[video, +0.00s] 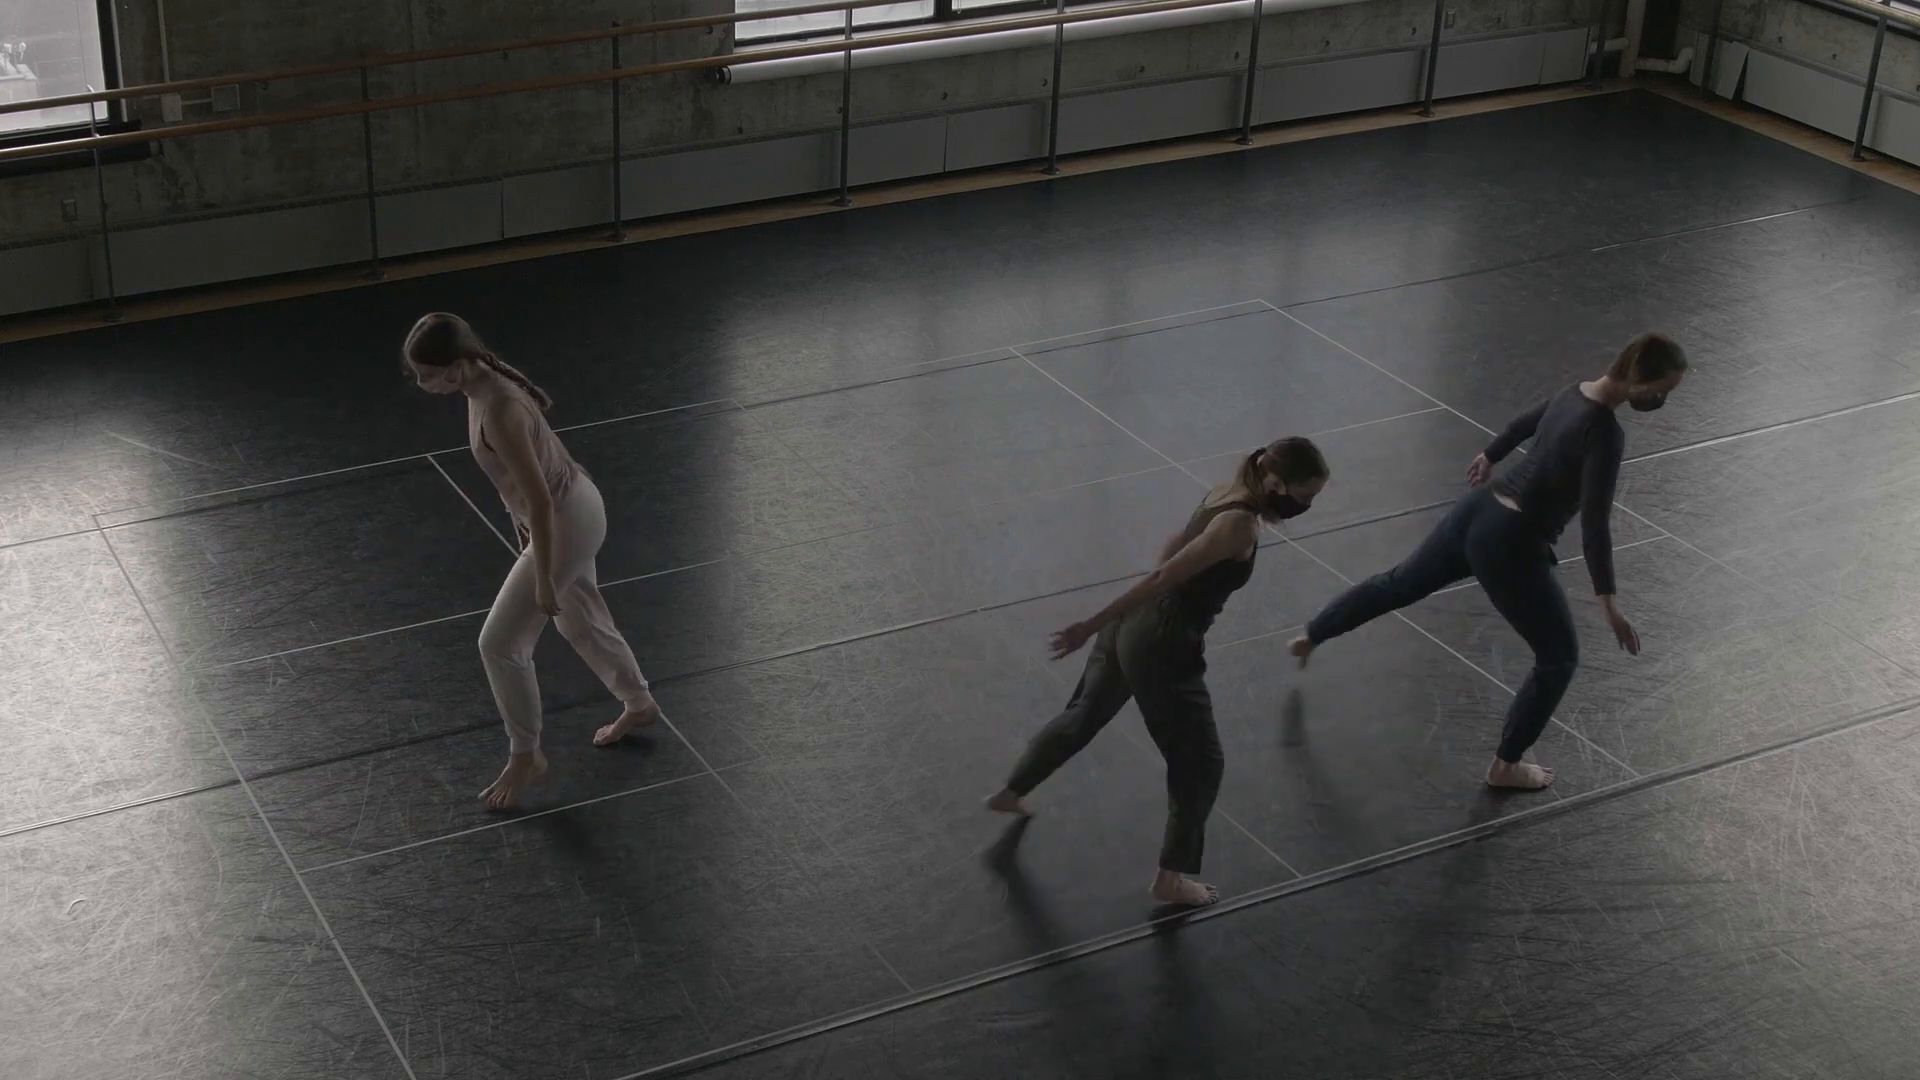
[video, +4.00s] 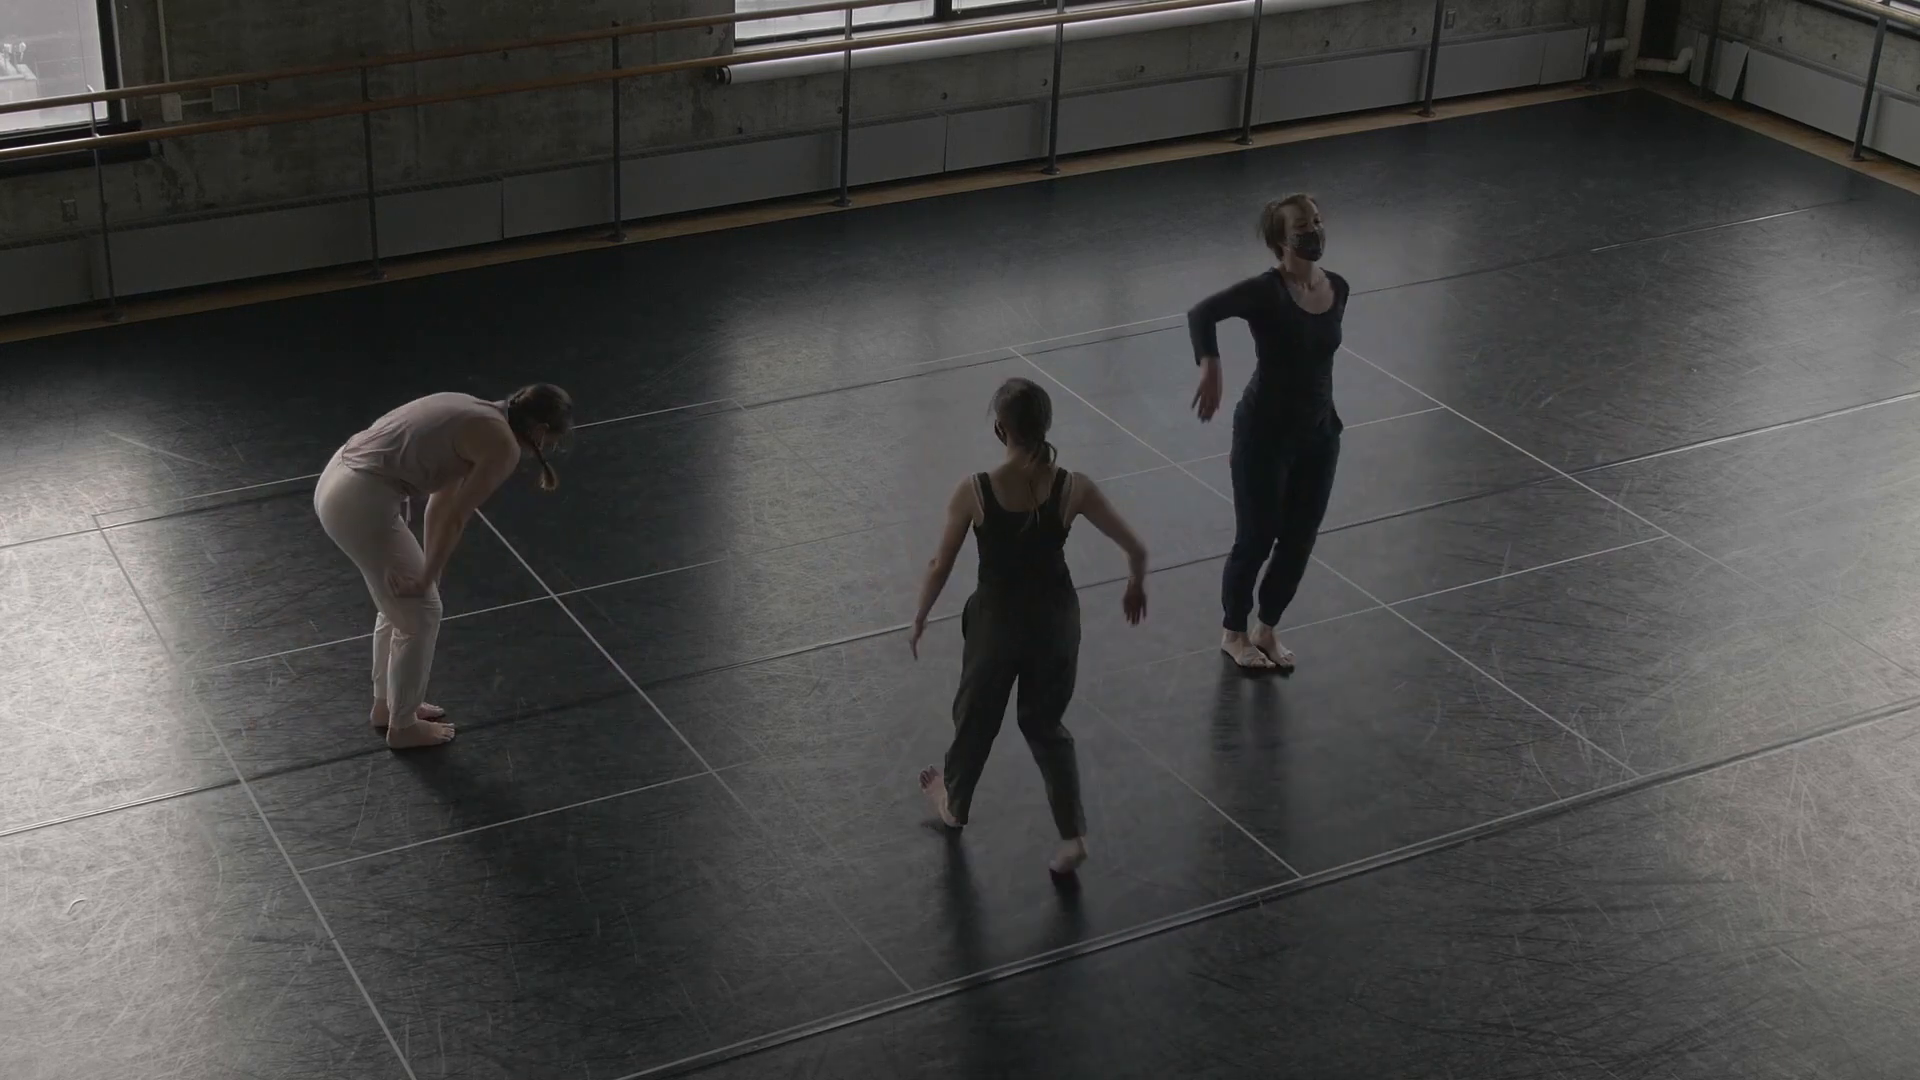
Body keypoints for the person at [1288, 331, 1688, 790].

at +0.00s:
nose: (1663, 401)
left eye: (1668, 393)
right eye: (1663, 391)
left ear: (1630, 368)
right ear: (1643, 379)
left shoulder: (1576, 393)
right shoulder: (1605, 432)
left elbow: (1524, 425)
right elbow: (1595, 521)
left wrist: (1490, 454)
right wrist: (1610, 602)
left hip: (1477, 510)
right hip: (1510, 543)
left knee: (1401, 582)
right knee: (1559, 658)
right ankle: (1507, 764)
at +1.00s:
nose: (1298, 512)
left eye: (1298, 504)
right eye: (1298, 504)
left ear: (1308, 500)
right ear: (1339, 490)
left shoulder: (1312, 532)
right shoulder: (1375, 506)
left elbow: (1267, 598)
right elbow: (1417, 571)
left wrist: (1220, 654)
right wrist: (1411, 653)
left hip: (1421, 564)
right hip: (1471, 548)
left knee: (1450, 692)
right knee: (1502, 663)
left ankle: (1474, 808)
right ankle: (1567, 740)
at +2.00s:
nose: (1202, 522)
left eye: (1197, 515)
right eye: (1196, 518)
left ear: (1205, 501)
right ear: (1225, 483)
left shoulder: (1221, 513)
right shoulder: (1261, 489)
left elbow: (1218, 592)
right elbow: (1309, 538)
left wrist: (1215, 657)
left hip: (1352, 551)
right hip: (1382, 539)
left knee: (1251, 599)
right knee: (1277, 590)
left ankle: (1343, 673)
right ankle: (1346, 664)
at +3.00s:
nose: (1403, 300)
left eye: (1410, 291)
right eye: (1395, 290)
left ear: (1415, 285)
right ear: (1370, 279)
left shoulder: (1413, 322)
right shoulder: (1337, 326)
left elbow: (1441, 388)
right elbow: (1286, 377)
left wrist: (1473, 454)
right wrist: (1259, 441)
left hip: (1385, 469)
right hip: (1334, 470)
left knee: (1357, 581)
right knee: (1328, 581)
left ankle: (1338, 683)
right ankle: (1313, 691)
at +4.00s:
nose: (1314, 230)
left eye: (1317, 222)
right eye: (1302, 227)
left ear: (1325, 229)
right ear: (1280, 241)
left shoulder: (1336, 287)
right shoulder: (1264, 291)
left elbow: (1319, 355)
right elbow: (1200, 315)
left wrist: (1324, 410)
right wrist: (1210, 369)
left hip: (1318, 431)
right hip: (1263, 433)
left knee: (1298, 542)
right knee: (1256, 538)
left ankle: (1265, 630)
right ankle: (1234, 634)